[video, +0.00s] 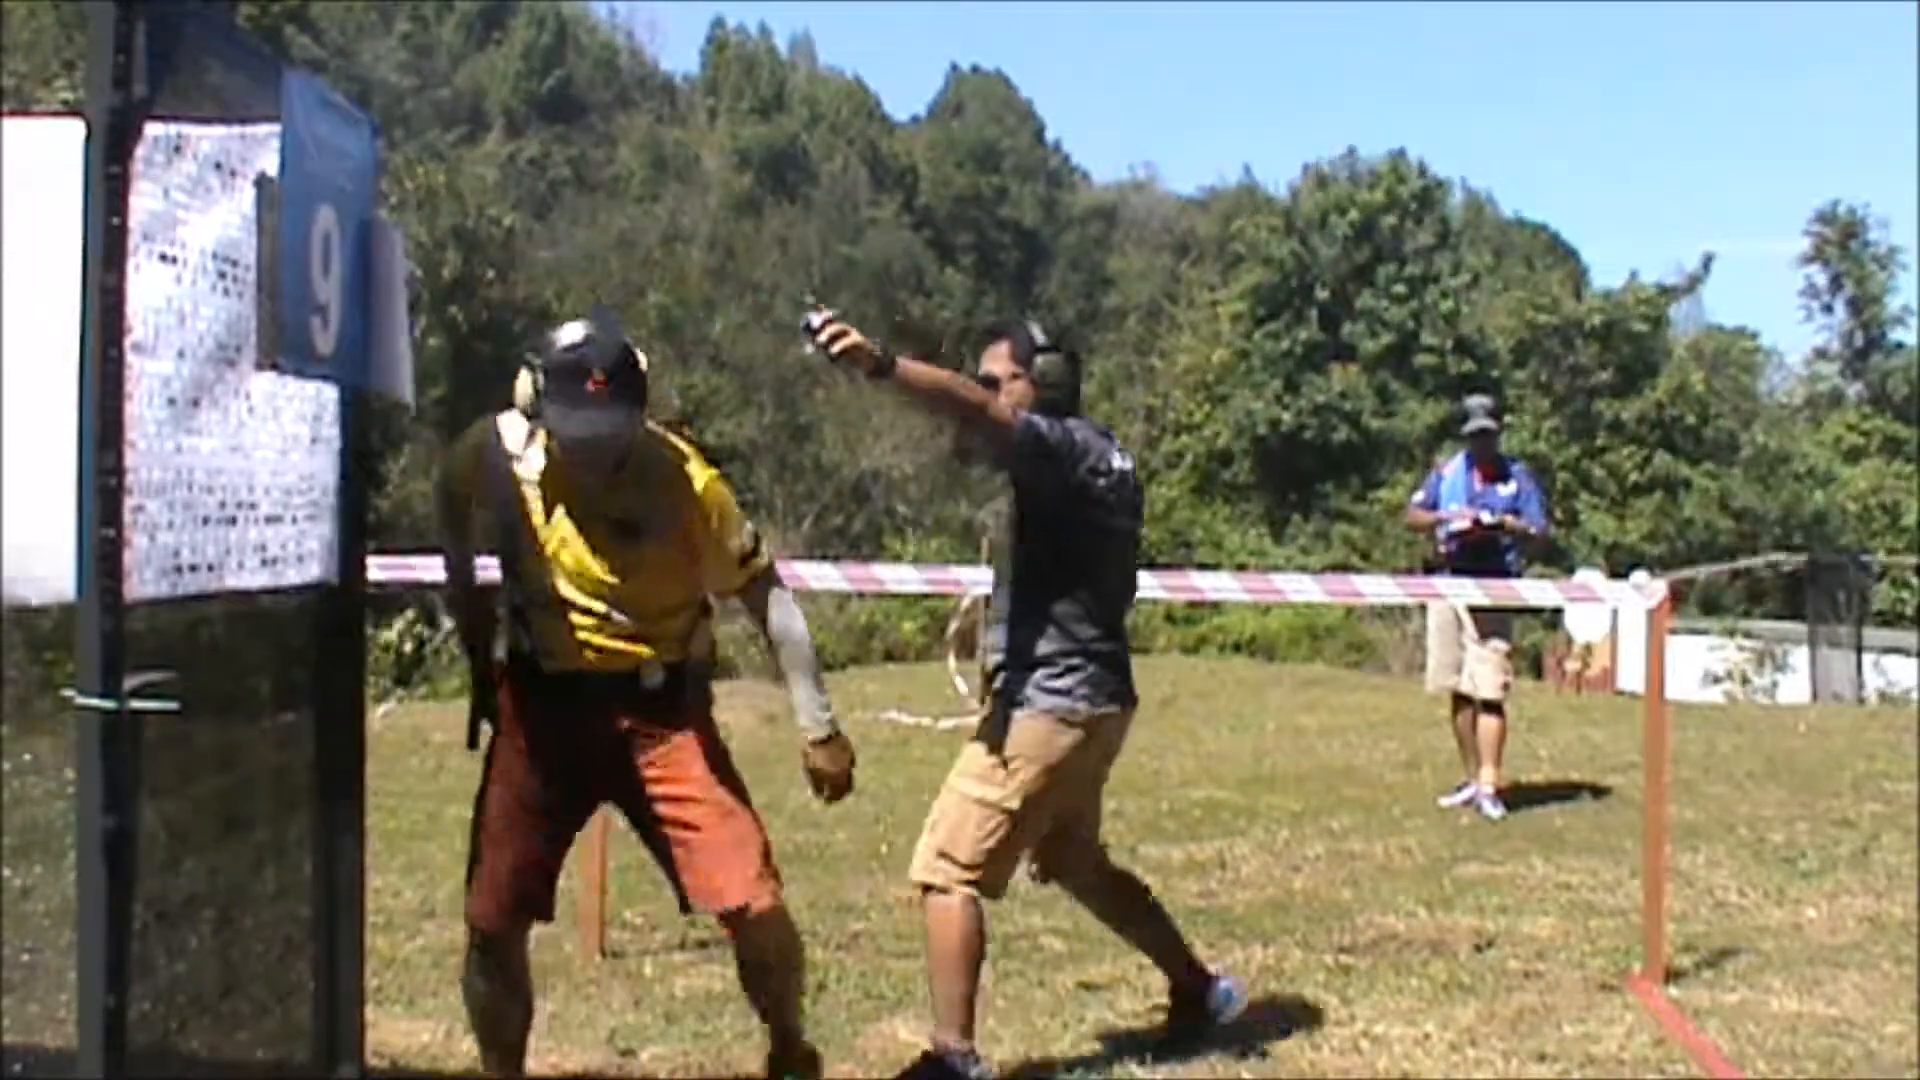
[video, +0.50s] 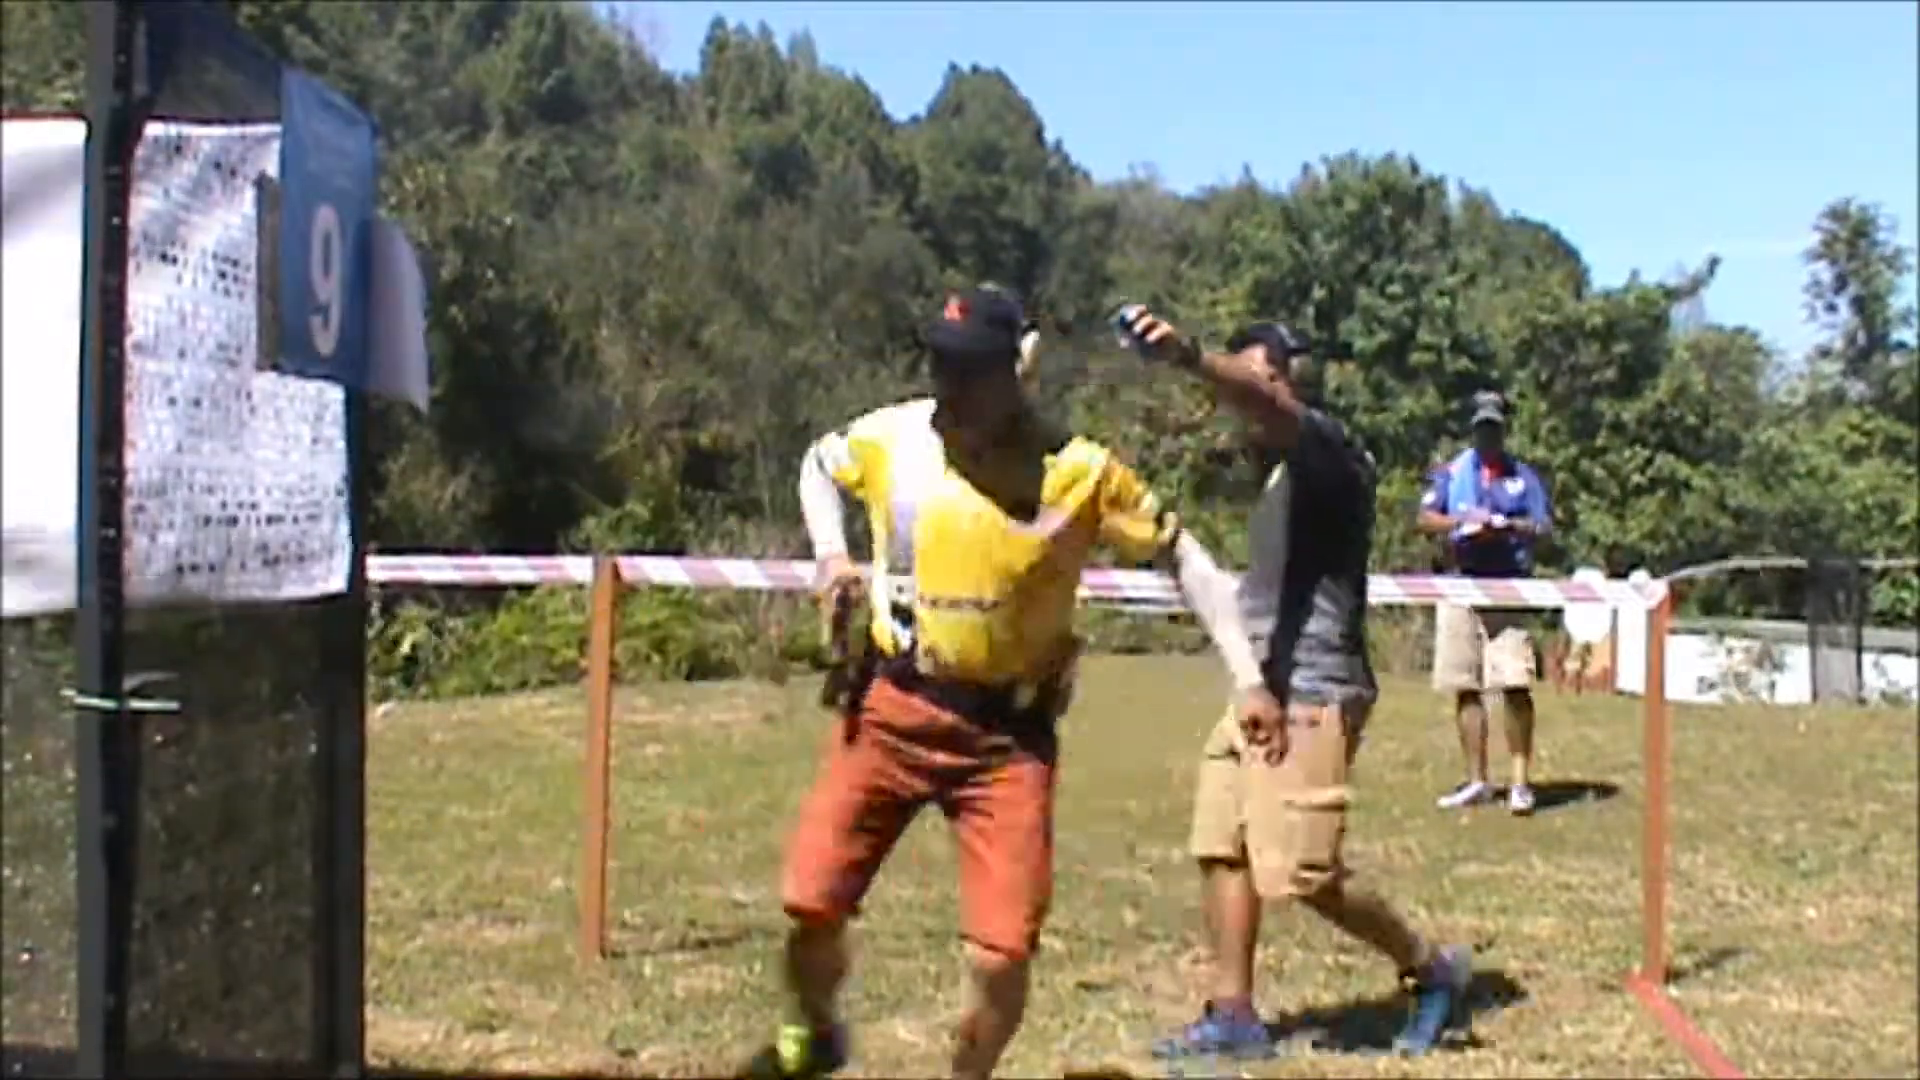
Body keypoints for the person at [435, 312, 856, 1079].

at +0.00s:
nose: (594, 453)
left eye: (610, 435)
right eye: (575, 437)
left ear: (638, 411)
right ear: (545, 413)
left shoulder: (685, 481)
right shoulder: (495, 455)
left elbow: (766, 594)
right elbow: (455, 522)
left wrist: (818, 723)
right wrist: (479, 649)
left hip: (664, 714)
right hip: (541, 712)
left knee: (757, 909)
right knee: (491, 928)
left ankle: (789, 1048)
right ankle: (503, 1071)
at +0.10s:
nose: (653, 490)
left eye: (662, 470)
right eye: (629, 478)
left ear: (678, 444)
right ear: (585, 458)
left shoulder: (728, 522)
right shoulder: (543, 485)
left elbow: (801, 624)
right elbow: (499, 540)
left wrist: (856, 739)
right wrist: (518, 640)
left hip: (700, 745)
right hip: (580, 738)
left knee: (812, 931)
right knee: (513, 944)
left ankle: (877, 1059)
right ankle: (515, 1073)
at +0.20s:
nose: (704, 512)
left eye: (712, 491)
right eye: (682, 500)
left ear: (726, 467)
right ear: (638, 485)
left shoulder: (772, 547)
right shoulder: (581, 514)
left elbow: (843, 644)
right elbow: (531, 551)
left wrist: (916, 759)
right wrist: (552, 665)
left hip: (736, 769)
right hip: (613, 763)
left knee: (850, 946)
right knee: (538, 957)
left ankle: (916, 1070)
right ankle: (525, 1071)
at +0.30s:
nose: (811, 500)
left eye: (826, 481)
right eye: (789, 483)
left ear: (848, 464)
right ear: (748, 466)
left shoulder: (885, 552)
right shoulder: (693, 502)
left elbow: (975, 646)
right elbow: (617, 522)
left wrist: (1063, 756)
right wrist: (635, 637)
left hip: (815, 780)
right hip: (690, 763)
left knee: (909, 951)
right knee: (583, 948)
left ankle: (927, 1072)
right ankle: (537, 1070)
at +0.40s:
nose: (863, 450)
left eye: (883, 432)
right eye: (848, 432)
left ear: (924, 430)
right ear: (830, 425)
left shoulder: (975, 534)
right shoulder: (787, 475)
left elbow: (1068, 628)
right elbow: (710, 492)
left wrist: (1157, 742)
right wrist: (721, 599)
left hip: (890, 763)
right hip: (769, 740)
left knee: (946, 961)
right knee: (648, 936)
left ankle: (954, 1076)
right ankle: (562, 1066)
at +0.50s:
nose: (949, 387)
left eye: (970, 371)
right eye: (941, 367)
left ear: (1018, 373)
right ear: (930, 365)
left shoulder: (1083, 474)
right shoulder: (895, 436)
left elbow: (1189, 561)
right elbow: (820, 467)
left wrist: (1249, 681)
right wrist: (833, 553)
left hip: (1007, 742)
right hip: (889, 719)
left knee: (1001, 958)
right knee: (810, 905)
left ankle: (970, 1070)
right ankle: (816, 1038)